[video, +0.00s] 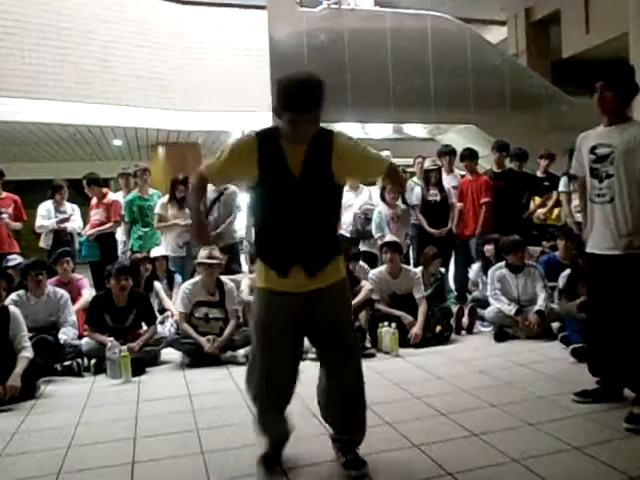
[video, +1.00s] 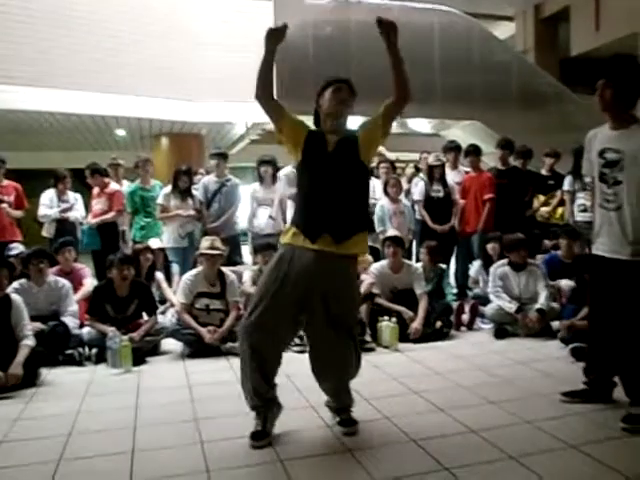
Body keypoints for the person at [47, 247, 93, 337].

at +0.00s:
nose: (65, 266)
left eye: (67, 262)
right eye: (61, 263)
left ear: (73, 265)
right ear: (55, 267)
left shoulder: (81, 280)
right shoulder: (50, 284)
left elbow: (87, 297)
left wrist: (71, 311)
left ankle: (81, 333)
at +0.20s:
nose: (65, 268)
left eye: (68, 264)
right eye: (61, 265)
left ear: (73, 266)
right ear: (55, 269)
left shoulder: (81, 282)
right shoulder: (50, 285)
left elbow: (87, 298)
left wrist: (72, 312)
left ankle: (81, 334)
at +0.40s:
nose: (69, 267)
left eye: (72, 263)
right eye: (64, 264)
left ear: (77, 265)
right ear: (59, 268)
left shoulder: (85, 281)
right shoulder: (54, 285)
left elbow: (91, 297)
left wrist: (76, 311)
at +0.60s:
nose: (76, 265)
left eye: (78, 261)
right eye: (72, 262)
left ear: (82, 262)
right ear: (66, 266)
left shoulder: (92, 279)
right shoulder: (62, 282)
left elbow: (97, 296)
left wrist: (82, 308)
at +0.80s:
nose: (74, 256)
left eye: (77, 252)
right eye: (70, 253)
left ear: (82, 255)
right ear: (64, 257)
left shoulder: (90, 271)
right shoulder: (59, 274)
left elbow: (96, 286)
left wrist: (81, 301)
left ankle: (89, 323)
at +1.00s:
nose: (66, 256)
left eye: (69, 251)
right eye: (62, 253)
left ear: (75, 254)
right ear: (57, 257)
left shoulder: (83, 270)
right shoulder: (51, 273)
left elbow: (89, 286)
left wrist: (72, 300)